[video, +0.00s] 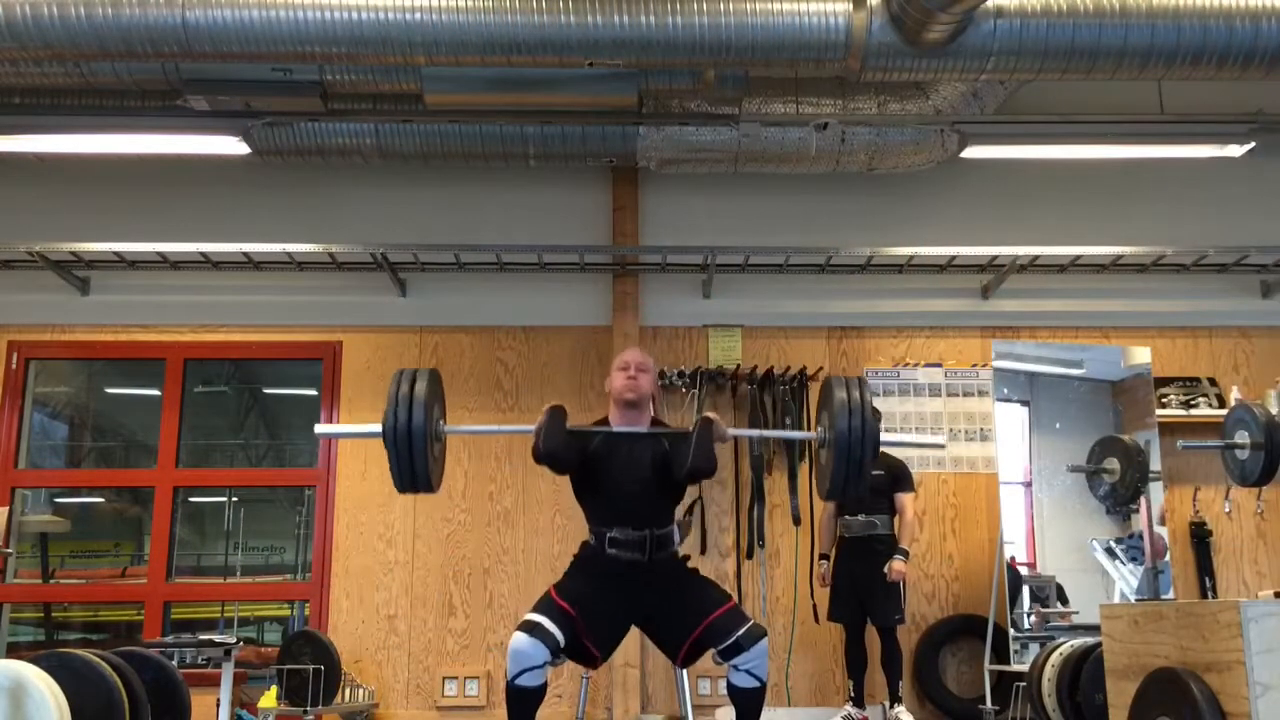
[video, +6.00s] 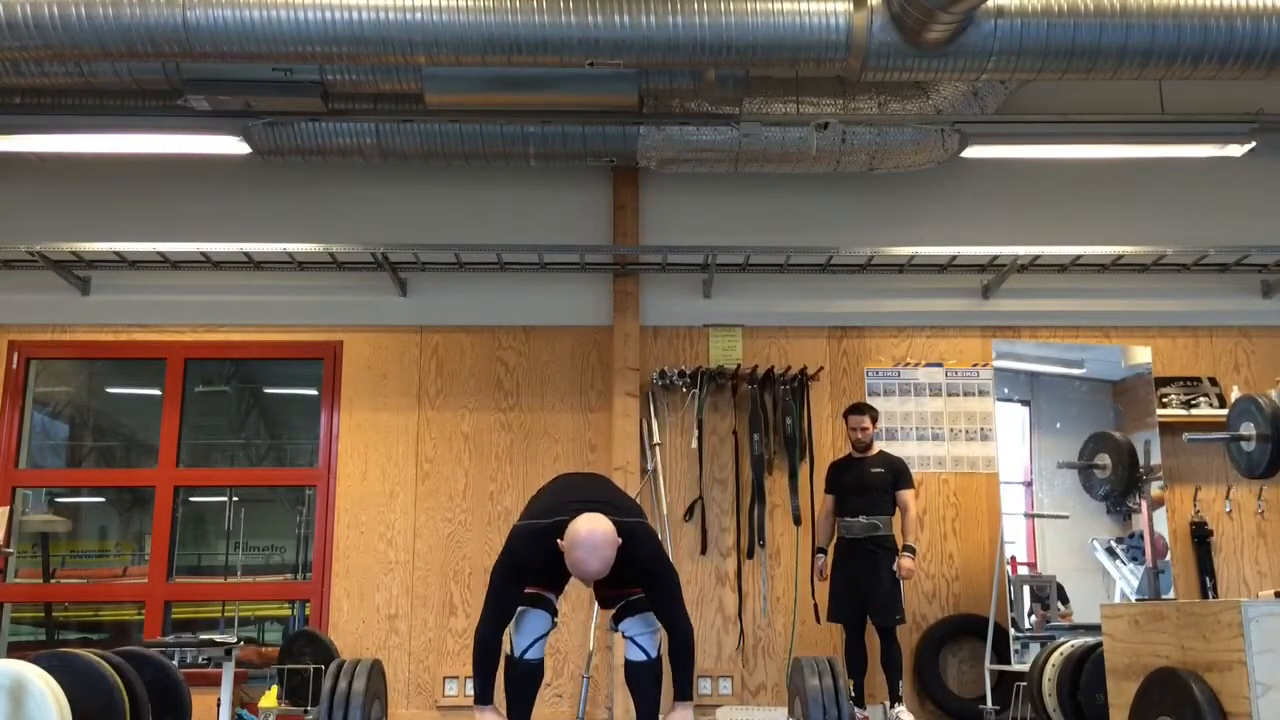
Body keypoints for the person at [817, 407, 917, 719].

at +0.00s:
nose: (862, 430)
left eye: (867, 423)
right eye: (856, 424)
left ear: (876, 426)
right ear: (847, 428)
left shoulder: (894, 468)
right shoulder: (841, 467)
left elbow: (907, 515)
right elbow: (829, 514)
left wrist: (901, 555)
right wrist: (824, 557)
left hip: (882, 558)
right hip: (848, 557)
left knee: (886, 632)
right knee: (853, 632)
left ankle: (896, 704)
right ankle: (856, 705)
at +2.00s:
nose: (853, 429)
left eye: (858, 424)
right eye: (848, 424)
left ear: (870, 426)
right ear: (841, 428)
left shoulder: (888, 465)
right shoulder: (832, 471)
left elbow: (904, 511)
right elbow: (824, 517)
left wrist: (899, 553)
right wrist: (819, 558)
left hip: (879, 560)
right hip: (844, 562)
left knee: (887, 630)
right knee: (847, 631)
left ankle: (895, 700)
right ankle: (856, 702)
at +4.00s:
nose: (853, 432)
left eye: (858, 426)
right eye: (847, 427)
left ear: (869, 426)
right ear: (840, 428)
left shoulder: (889, 458)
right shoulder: (831, 464)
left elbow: (922, 491)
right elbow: (812, 502)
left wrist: (896, 512)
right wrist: (819, 519)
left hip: (879, 553)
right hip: (845, 555)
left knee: (885, 630)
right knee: (852, 632)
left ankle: (896, 704)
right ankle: (858, 706)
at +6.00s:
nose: (858, 435)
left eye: (863, 429)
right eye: (853, 429)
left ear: (875, 428)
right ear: (846, 429)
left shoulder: (893, 465)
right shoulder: (837, 468)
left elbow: (908, 509)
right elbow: (826, 513)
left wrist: (908, 551)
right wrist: (820, 552)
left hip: (882, 558)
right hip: (847, 558)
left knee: (887, 632)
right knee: (853, 633)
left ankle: (896, 704)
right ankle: (858, 705)